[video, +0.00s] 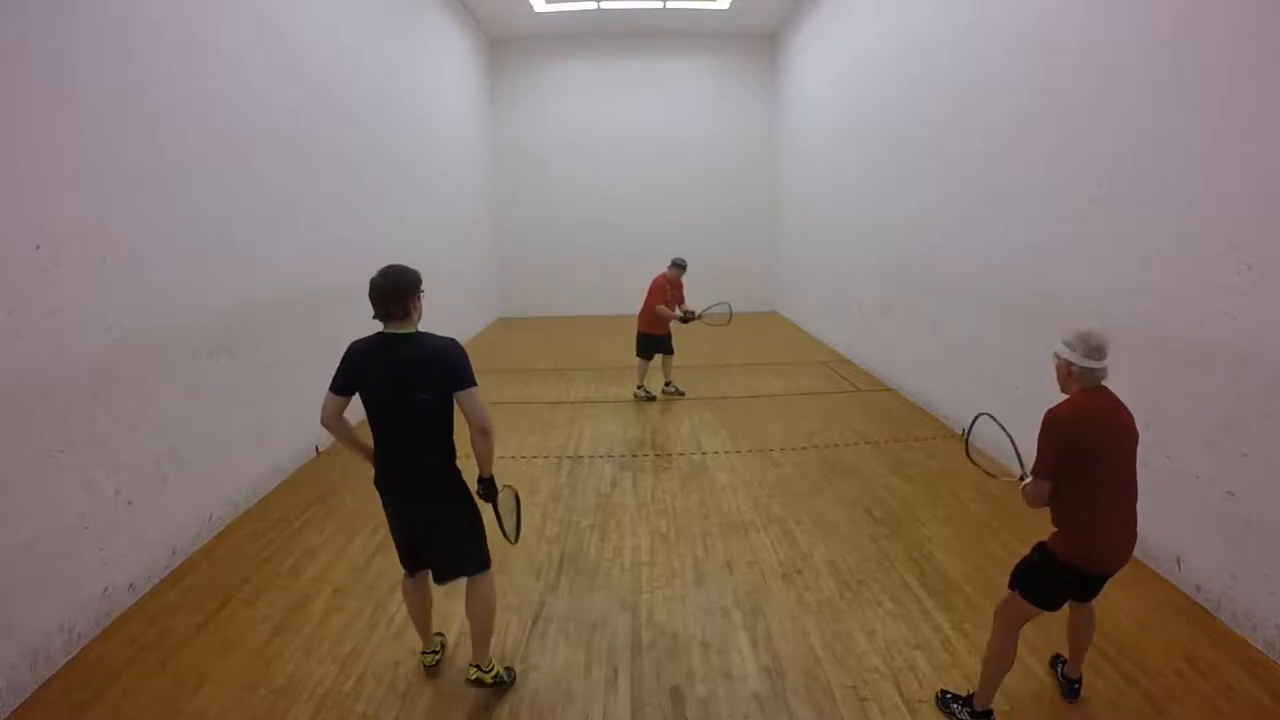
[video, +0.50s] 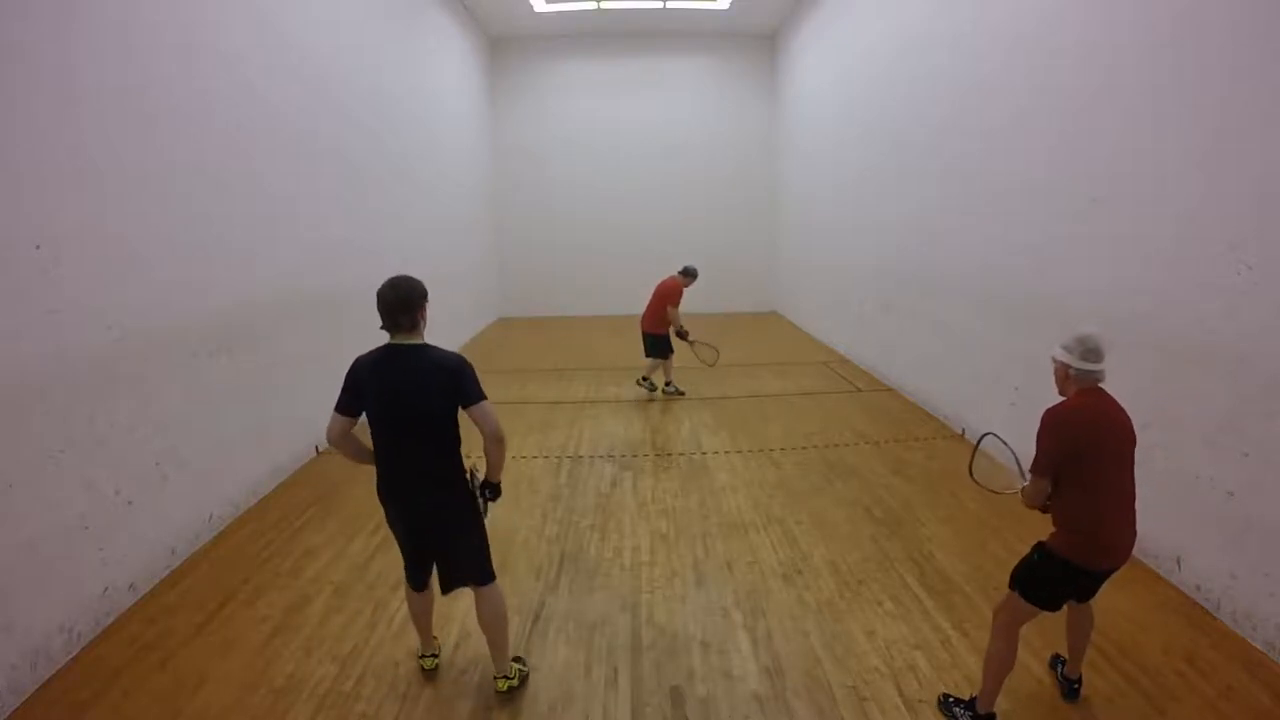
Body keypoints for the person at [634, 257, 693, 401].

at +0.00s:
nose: (679, 275)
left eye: (681, 273)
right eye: (677, 272)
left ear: (683, 273)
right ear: (670, 269)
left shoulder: (678, 283)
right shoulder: (659, 282)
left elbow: (681, 302)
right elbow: (658, 307)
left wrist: (686, 312)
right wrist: (677, 317)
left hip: (663, 326)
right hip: (647, 326)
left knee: (668, 353)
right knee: (645, 357)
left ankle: (668, 384)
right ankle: (639, 388)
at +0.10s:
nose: (685, 278)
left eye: (687, 276)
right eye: (684, 275)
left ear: (685, 274)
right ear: (677, 271)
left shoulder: (678, 284)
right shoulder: (662, 284)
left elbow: (680, 303)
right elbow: (664, 310)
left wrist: (688, 313)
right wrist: (682, 319)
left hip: (664, 326)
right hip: (650, 326)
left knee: (668, 354)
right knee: (648, 357)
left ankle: (668, 384)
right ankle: (640, 388)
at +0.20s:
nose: (689, 281)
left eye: (690, 279)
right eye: (689, 278)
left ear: (683, 274)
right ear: (683, 274)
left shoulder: (678, 285)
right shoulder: (666, 284)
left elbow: (679, 306)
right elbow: (668, 310)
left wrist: (688, 316)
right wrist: (684, 321)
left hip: (664, 326)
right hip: (651, 326)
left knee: (668, 354)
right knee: (651, 357)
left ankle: (668, 384)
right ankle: (641, 387)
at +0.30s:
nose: (691, 283)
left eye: (693, 280)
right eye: (692, 280)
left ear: (683, 273)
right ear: (687, 276)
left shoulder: (678, 285)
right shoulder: (672, 286)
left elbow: (677, 307)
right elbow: (671, 310)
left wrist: (685, 319)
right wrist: (683, 325)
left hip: (663, 326)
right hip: (653, 326)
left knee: (668, 354)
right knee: (656, 357)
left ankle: (668, 384)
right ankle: (643, 384)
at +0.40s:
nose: (691, 284)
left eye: (693, 281)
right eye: (692, 281)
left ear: (683, 273)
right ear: (687, 277)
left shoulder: (673, 283)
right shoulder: (675, 287)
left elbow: (676, 309)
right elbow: (672, 311)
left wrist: (683, 324)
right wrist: (682, 326)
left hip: (661, 326)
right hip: (654, 327)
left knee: (668, 354)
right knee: (660, 356)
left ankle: (668, 384)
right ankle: (643, 379)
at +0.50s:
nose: (691, 285)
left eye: (692, 282)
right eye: (691, 281)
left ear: (682, 274)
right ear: (687, 278)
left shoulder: (672, 282)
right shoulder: (675, 287)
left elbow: (673, 310)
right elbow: (672, 311)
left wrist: (679, 327)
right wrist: (678, 329)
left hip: (657, 325)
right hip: (654, 326)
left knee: (667, 354)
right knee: (662, 355)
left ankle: (668, 384)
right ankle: (645, 378)